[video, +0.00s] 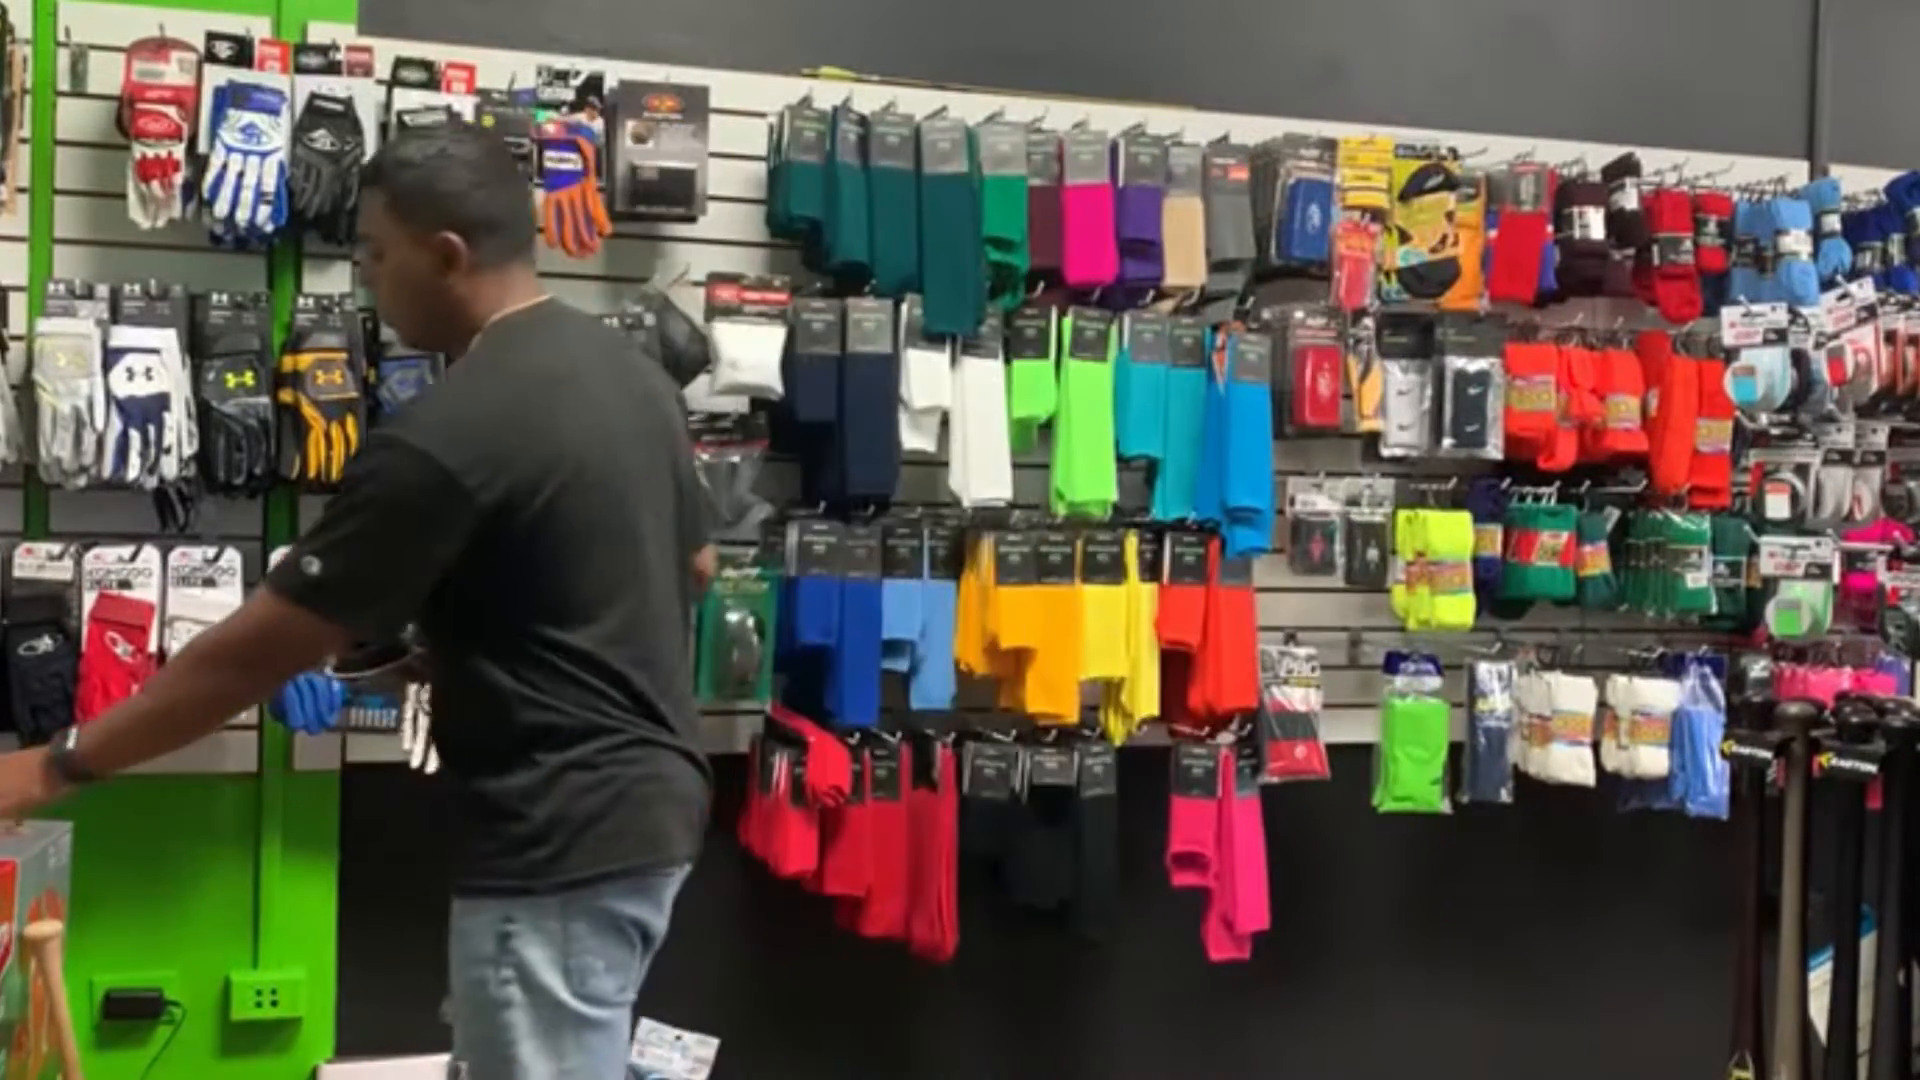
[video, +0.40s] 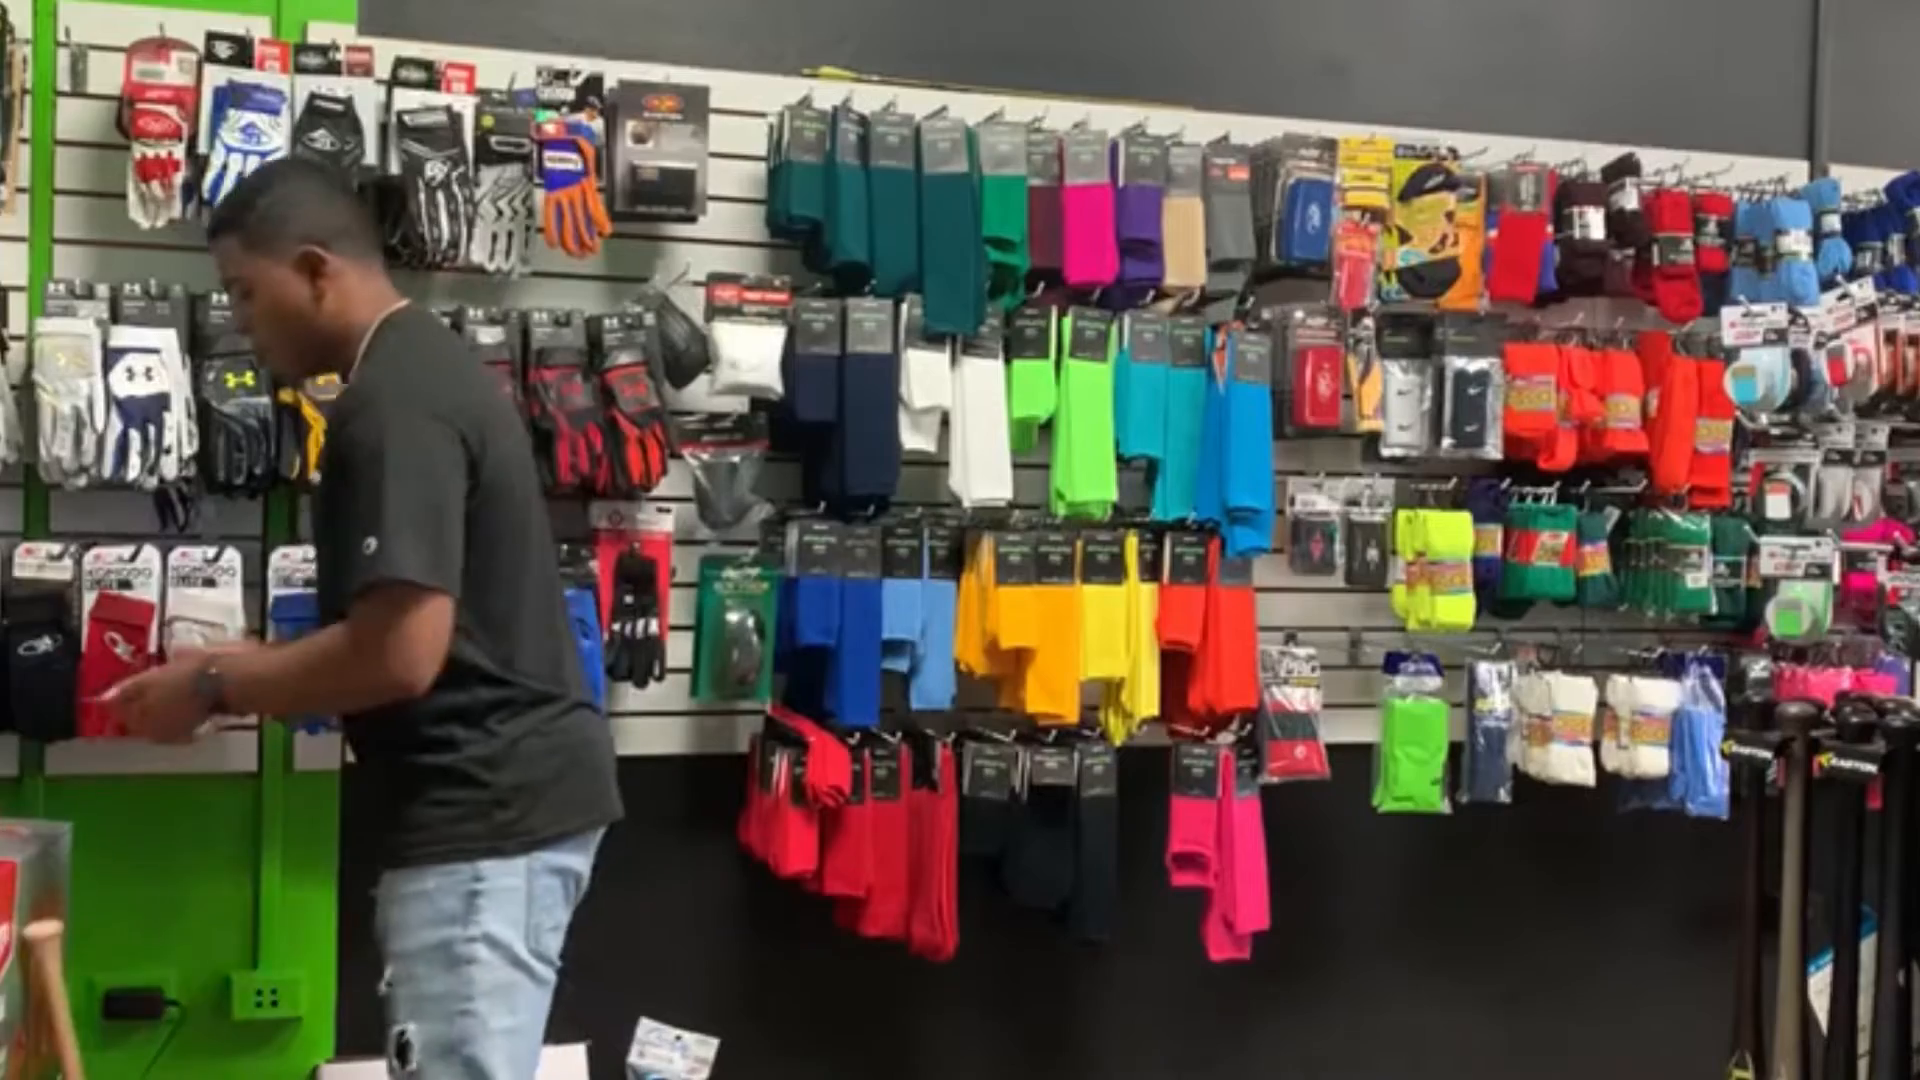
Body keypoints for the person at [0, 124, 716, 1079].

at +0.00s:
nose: (366, 278)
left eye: (375, 252)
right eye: (364, 253)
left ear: (448, 253)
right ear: (478, 246)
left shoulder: (446, 438)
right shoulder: (628, 366)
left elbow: (264, 647)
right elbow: (690, 558)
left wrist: (64, 762)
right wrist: (467, 644)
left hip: (555, 834)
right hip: (642, 803)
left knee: (533, 1063)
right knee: (558, 1057)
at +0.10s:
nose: (332, 291)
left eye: (342, 264)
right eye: (331, 266)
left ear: (420, 261)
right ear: (442, 255)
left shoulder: (425, 434)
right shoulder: (587, 377)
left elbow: (233, 653)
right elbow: (631, 575)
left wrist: (45, 774)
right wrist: (397, 646)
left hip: (530, 831)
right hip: (605, 801)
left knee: (515, 1065)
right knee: (451, 1061)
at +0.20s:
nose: (305, 301)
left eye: (312, 271)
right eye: (300, 274)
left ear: (389, 262)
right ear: (409, 258)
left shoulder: (413, 423)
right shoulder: (540, 376)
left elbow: (270, 669)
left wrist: (56, 762)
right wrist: (326, 657)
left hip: (504, 825)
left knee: (499, 1062)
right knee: (432, 1058)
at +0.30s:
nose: (268, 310)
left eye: (273, 280)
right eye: (262, 285)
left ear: (346, 262)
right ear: (359, 258)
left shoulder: (406, 395)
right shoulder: (474, 367)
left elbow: (349, 672)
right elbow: (452, 619)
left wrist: (148, 702)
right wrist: (302, 646)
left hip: (489, 813)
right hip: (535, 796)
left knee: (467, 1063)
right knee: (462, 1059)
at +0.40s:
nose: (239, 323)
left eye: (244, 292)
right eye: (232, 298)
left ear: (317, 270)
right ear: (321, 271)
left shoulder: (404, 383)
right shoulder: (420, 369)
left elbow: (399, 650)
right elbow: (396, 637)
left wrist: (215, 684)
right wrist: (244, 666)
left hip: (488, 808)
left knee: (461, 1061)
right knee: (452, 1060)